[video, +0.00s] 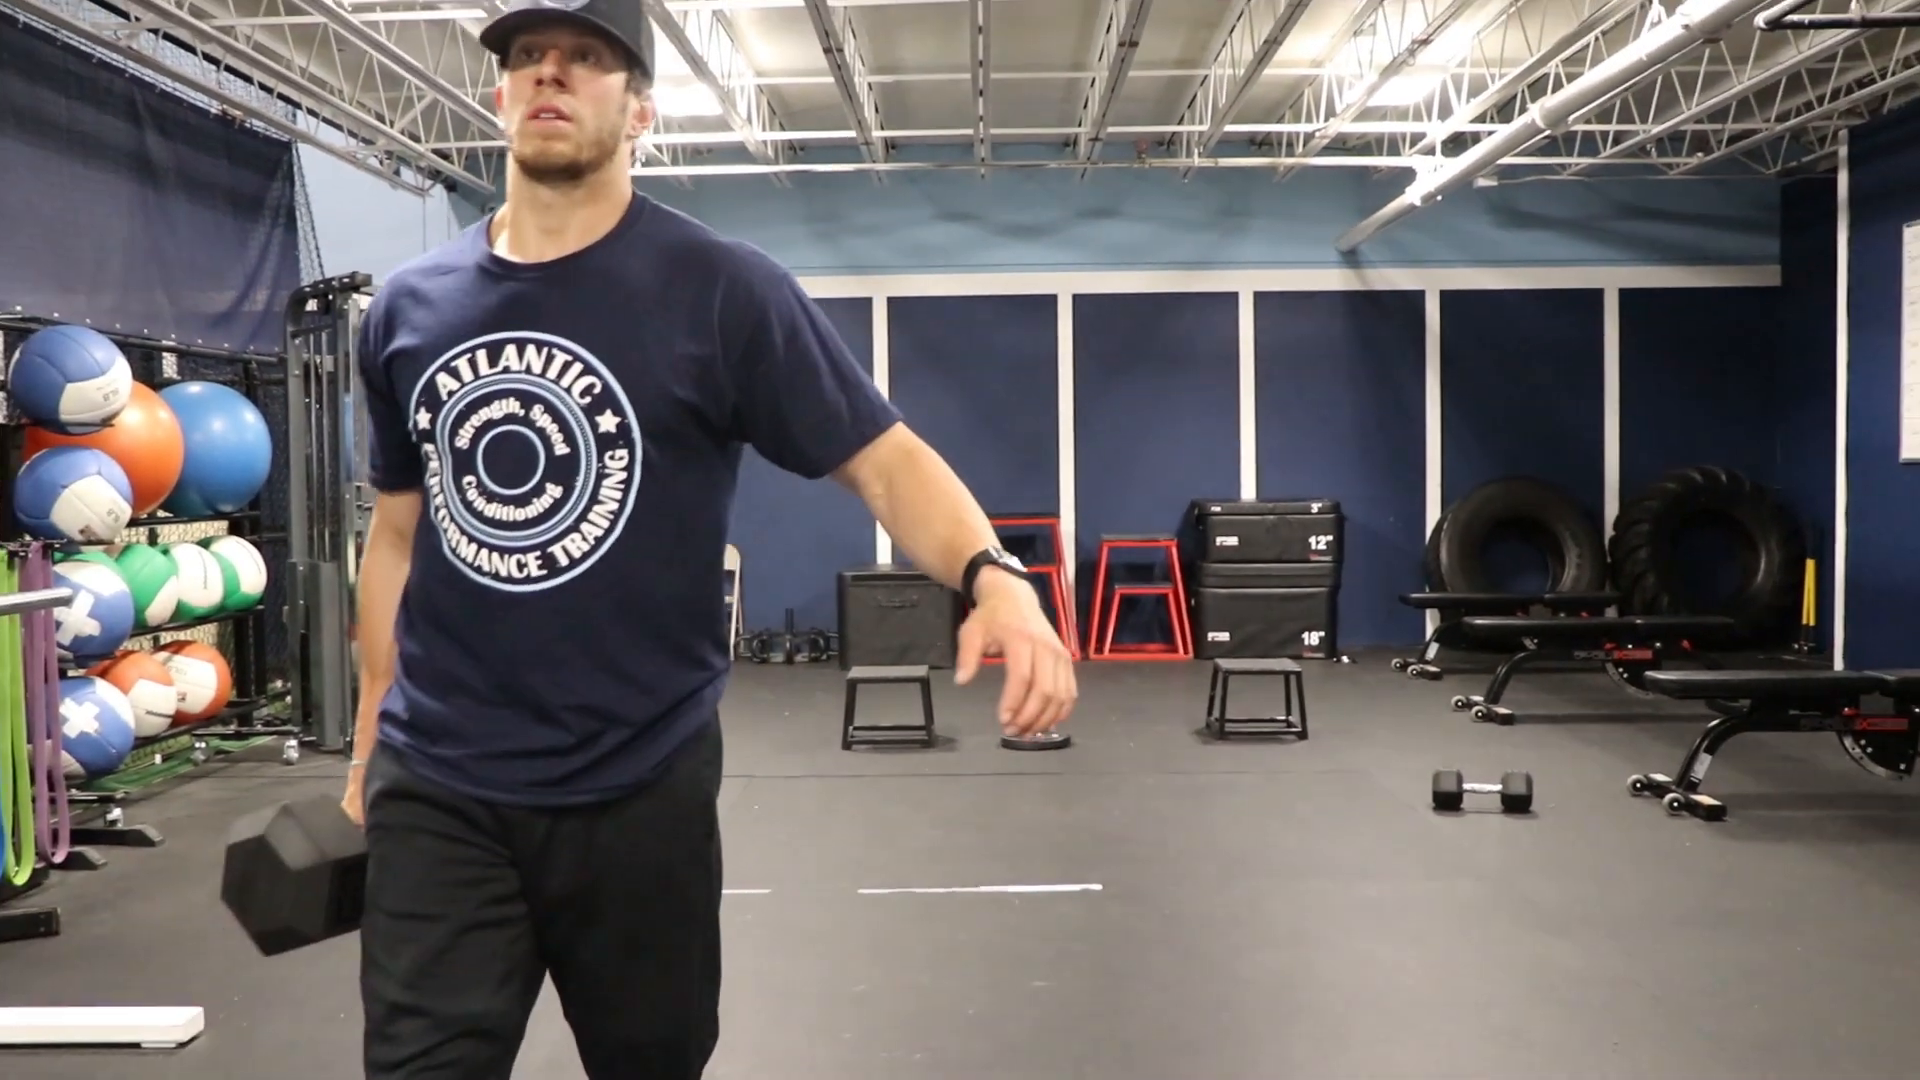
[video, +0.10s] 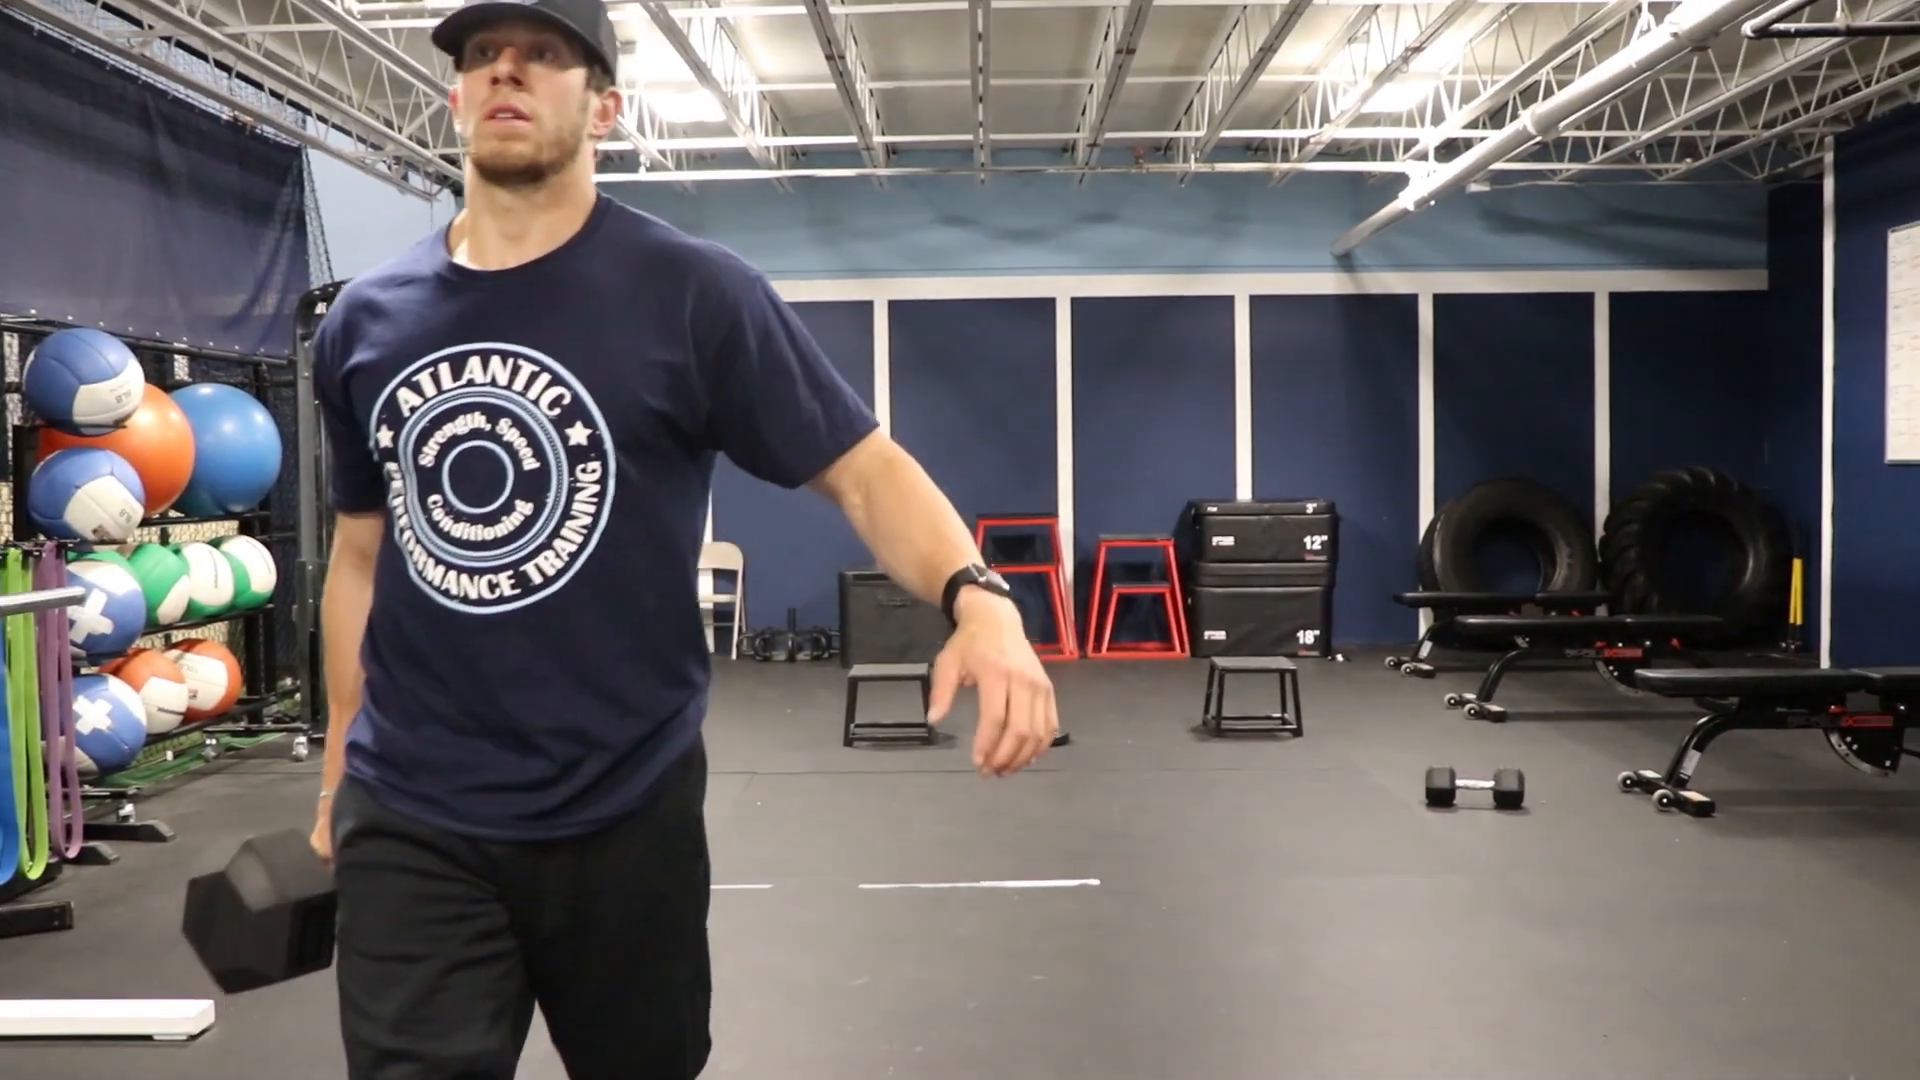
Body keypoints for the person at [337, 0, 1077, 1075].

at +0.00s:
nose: (551, 77)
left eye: (584, 61)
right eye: (529, 60)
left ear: (637, 111)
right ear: (498, 99)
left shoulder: (721, 290)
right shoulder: (408, 307)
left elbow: (882, 455)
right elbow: (395, 538)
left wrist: (996, 578)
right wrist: (371, 751)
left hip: (639, 782)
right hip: (439, 777)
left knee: (650, 1068)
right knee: (418, 1066)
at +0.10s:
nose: (505, 75)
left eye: (540, 59)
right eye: (482, 61)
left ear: (603, 109)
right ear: (455, 106)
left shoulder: (694, 294)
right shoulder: (365, 322)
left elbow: (862, 467)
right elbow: (358, 556)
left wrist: (982, 601)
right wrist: (340, 771)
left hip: (623, 807)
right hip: (414, 807)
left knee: (645, 1066)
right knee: (411, 1064)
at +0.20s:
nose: (445, 49)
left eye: (486, 31)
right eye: (421, 31)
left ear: (549, 88)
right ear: (392, 85)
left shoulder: (658, 281)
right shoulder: (316, 322)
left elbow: (834, 469)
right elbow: (314, 573)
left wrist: (977, 629)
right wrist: (298, 800)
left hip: (591, 828)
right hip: (370, 825)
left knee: (622, 1066)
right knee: (360, 1063)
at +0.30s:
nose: (392, 24)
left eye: (438, 7)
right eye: (371, 9)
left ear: (508, 65)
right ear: (344, 56)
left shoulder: (624, 264)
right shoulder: (276, 308)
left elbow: (816, 461)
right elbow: (277, 568)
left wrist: (972, 638)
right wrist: (251, 825)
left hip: (558, 840)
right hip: (330, 844)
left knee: (606, 1069)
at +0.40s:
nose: (356, 9)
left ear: (485, 38)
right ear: (315, 34)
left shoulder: (601, 250)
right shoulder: (247, 295)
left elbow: (789, 461)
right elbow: (238, 570)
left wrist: (944, 654)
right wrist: (202, 825)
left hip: (526, 846)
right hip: (292, 851)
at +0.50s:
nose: (334, 2)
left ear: (472, 22)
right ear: (299, 24)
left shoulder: (583, 243)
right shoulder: (227, 289)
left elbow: (772, 471)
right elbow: (210, 575)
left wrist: (894, 682)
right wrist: (150, 842)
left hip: (491, 854)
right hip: (269, 864)